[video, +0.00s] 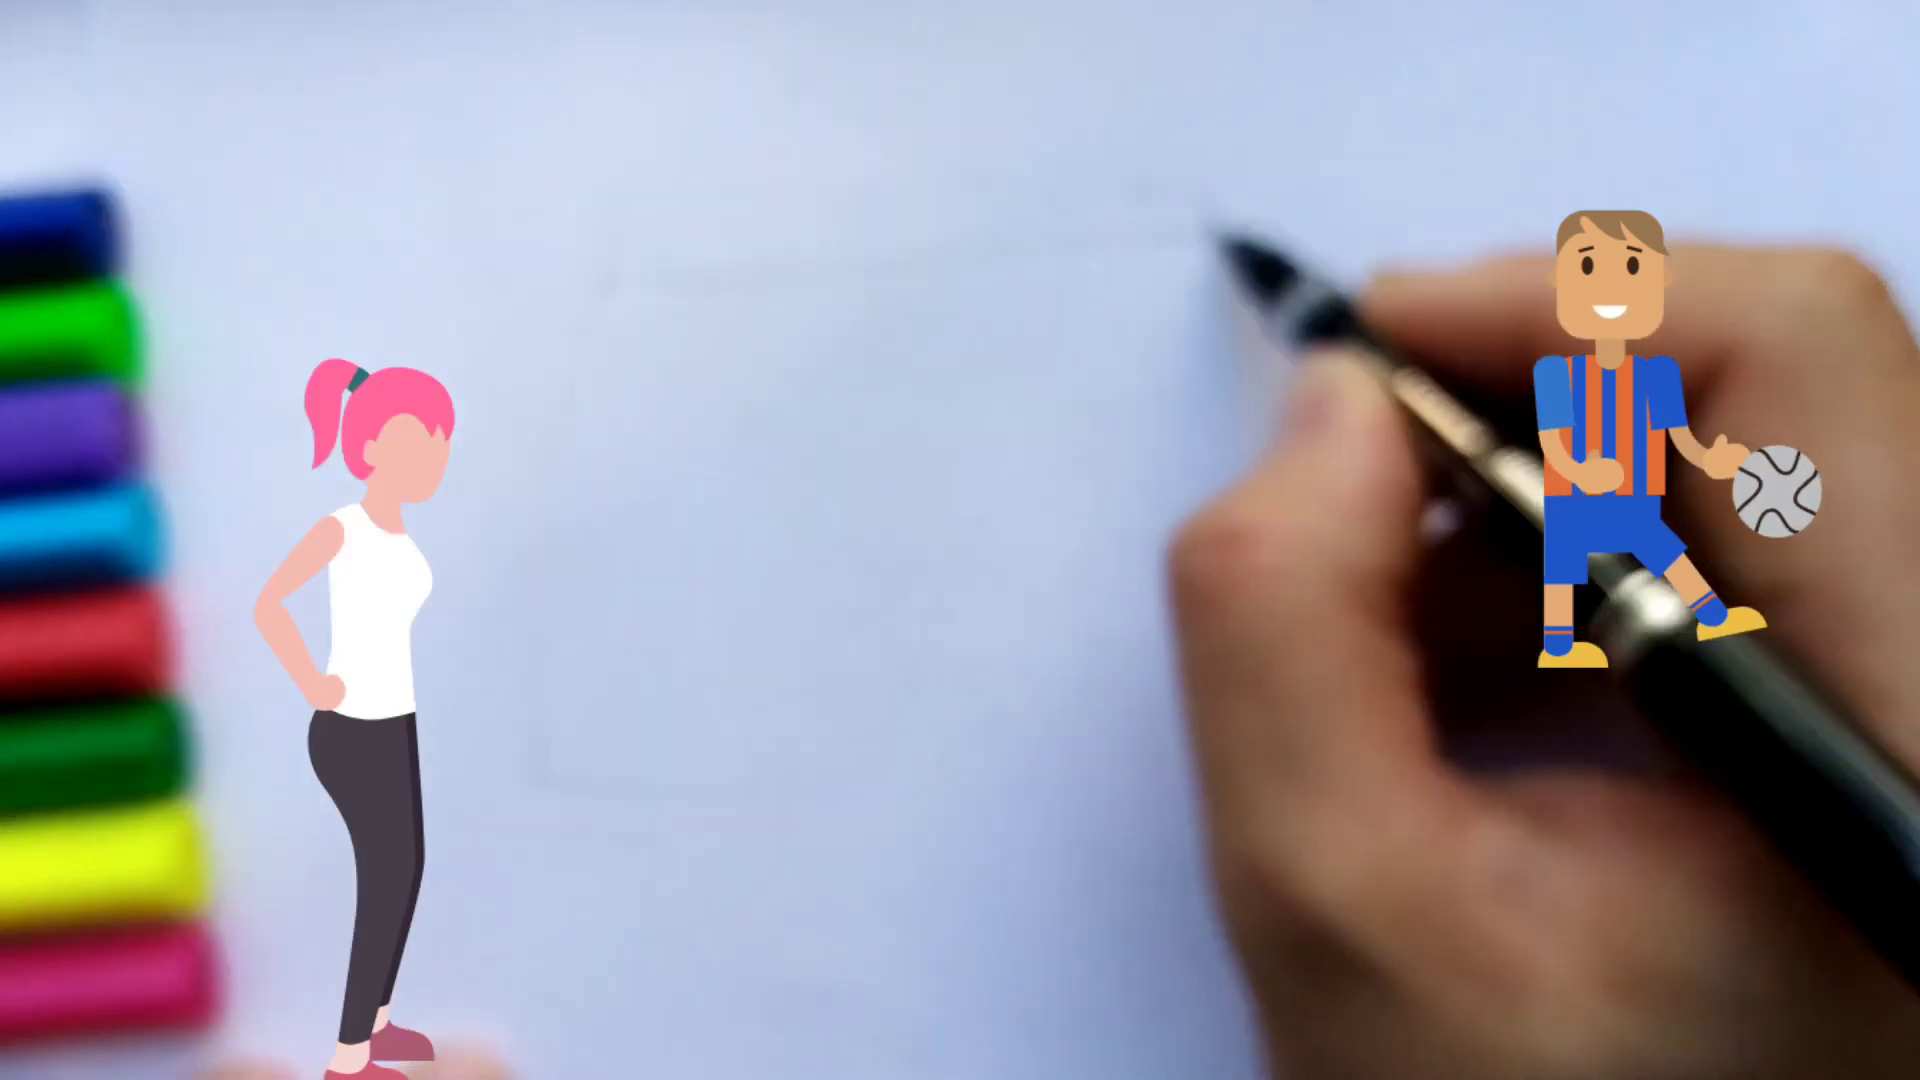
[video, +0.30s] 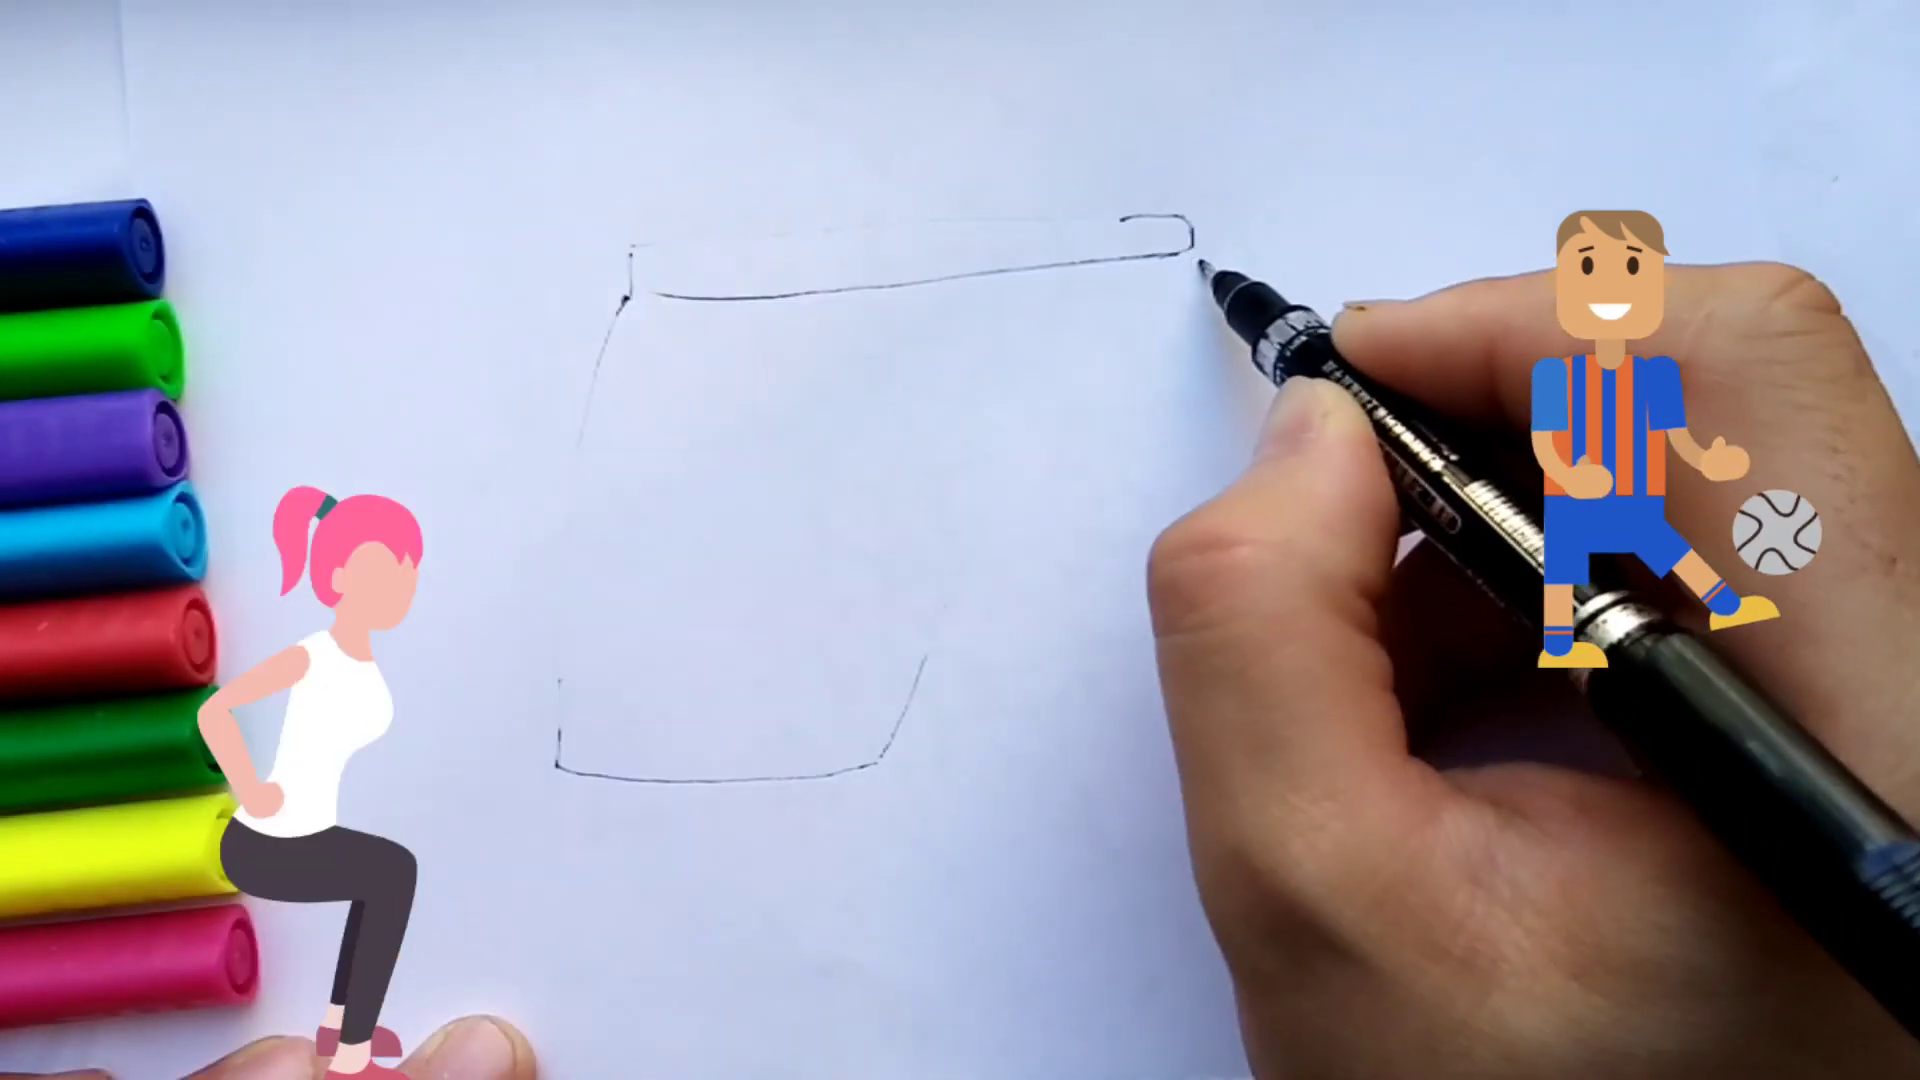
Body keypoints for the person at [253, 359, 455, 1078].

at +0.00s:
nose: (439, 455)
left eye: (441, 440)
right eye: (424, 437)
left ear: (438, 450)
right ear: (376, 446)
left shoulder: (403, 534)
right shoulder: (344, 528)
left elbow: (383, 622)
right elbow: (268, 605)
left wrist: (393, 685)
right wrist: (312, 684)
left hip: (397, 730)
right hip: (354, 732)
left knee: (405, 873)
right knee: (387, 878)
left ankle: (375, 1021)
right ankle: (349, 1051)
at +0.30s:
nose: (402, 588)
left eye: (403, 572)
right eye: (385, 571)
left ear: (405, 580)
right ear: (343, 578)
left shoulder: (363, 660)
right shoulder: (312, 656)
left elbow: (320, 738)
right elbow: (213, 713)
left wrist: (313, 795)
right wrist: (249, 790)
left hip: (306, 842)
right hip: (263, 851)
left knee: (391, 865)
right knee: (392, 872)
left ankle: (340, 1023)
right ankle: (351, 1056)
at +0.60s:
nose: (437, 457)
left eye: (440, 441)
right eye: (422, 439)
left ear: (440, 450)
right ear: (375, 447)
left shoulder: (404, 535)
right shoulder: (343, 529)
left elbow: (384, 622)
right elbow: (268, 605)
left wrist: (395, 686)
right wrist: (312, 683)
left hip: (397, 731)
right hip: (353, 733)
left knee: (405, 872)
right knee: (387, 878)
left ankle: (373, 1020)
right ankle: (348, 1052)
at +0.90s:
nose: (404, 588)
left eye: (404, 572)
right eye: (387, 571)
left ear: (404, 579)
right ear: (344, 578)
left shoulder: (363, 661)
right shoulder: (311, 656)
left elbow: (322, 739)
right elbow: (213, 713)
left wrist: (317, 798)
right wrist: (249, 790)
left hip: (307, 842)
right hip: (263, 851)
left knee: (391, 865)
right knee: (392, 873)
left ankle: (340, 1023)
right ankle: (350, 1056)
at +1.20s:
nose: (435, 455)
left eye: (439, 440)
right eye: (419, 438)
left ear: (440, 450)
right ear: (374, 446)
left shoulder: (403, 535)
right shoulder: (344, 529)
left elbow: (383, 621)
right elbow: (268, 605)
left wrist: (394, 684)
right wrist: (312, 684)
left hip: (397, 730)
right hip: (353, 732)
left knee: (405, 874)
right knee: (387, 879)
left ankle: (373, 1022)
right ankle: (348, 1052)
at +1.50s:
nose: (407, 589)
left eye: (407, 573)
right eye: (393, 571)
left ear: (401, 581)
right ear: (346, 579)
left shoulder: (363, 661)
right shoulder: (311, 656)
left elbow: (320, 737)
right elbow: (213, 712)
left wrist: (314, 796)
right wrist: (249, 790)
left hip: (307, 841)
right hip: (263, 851)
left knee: (391, 864)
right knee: (392, 873)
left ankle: (340, 1021)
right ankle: (350, 1056)